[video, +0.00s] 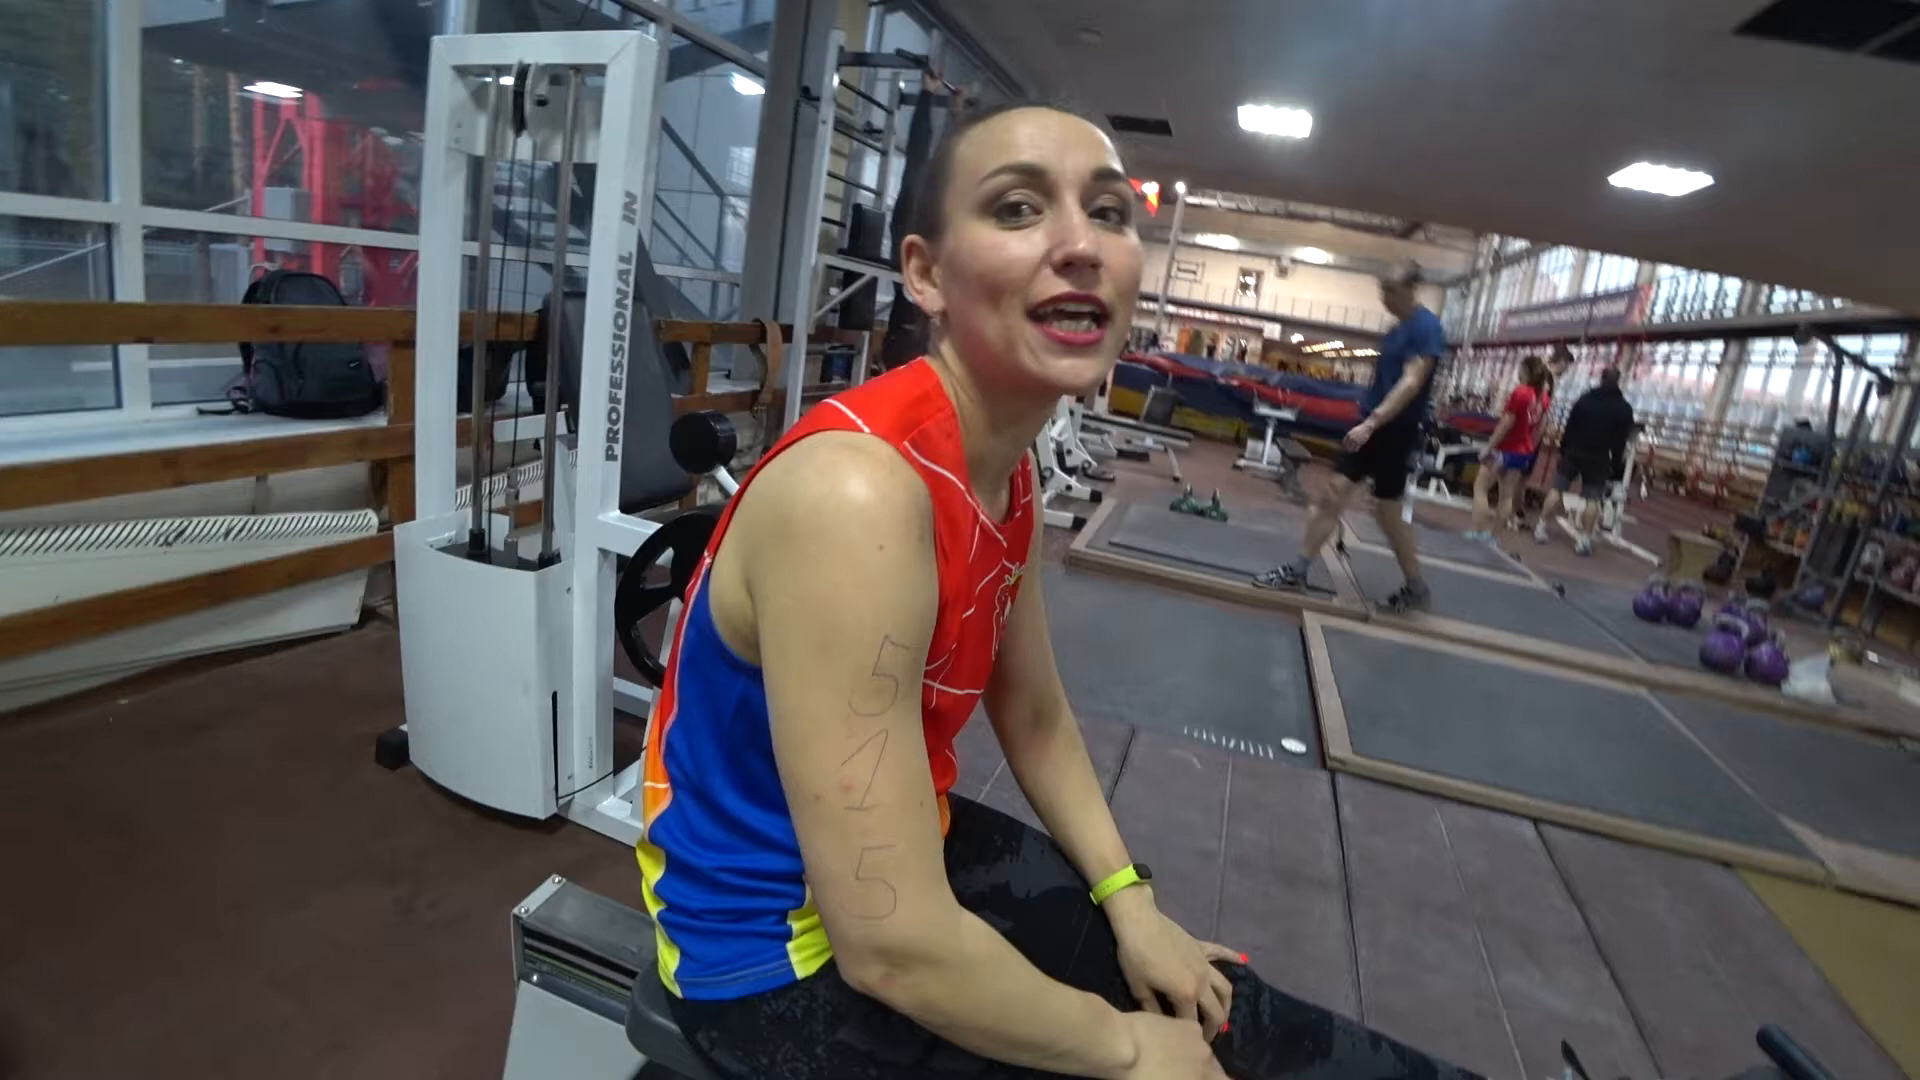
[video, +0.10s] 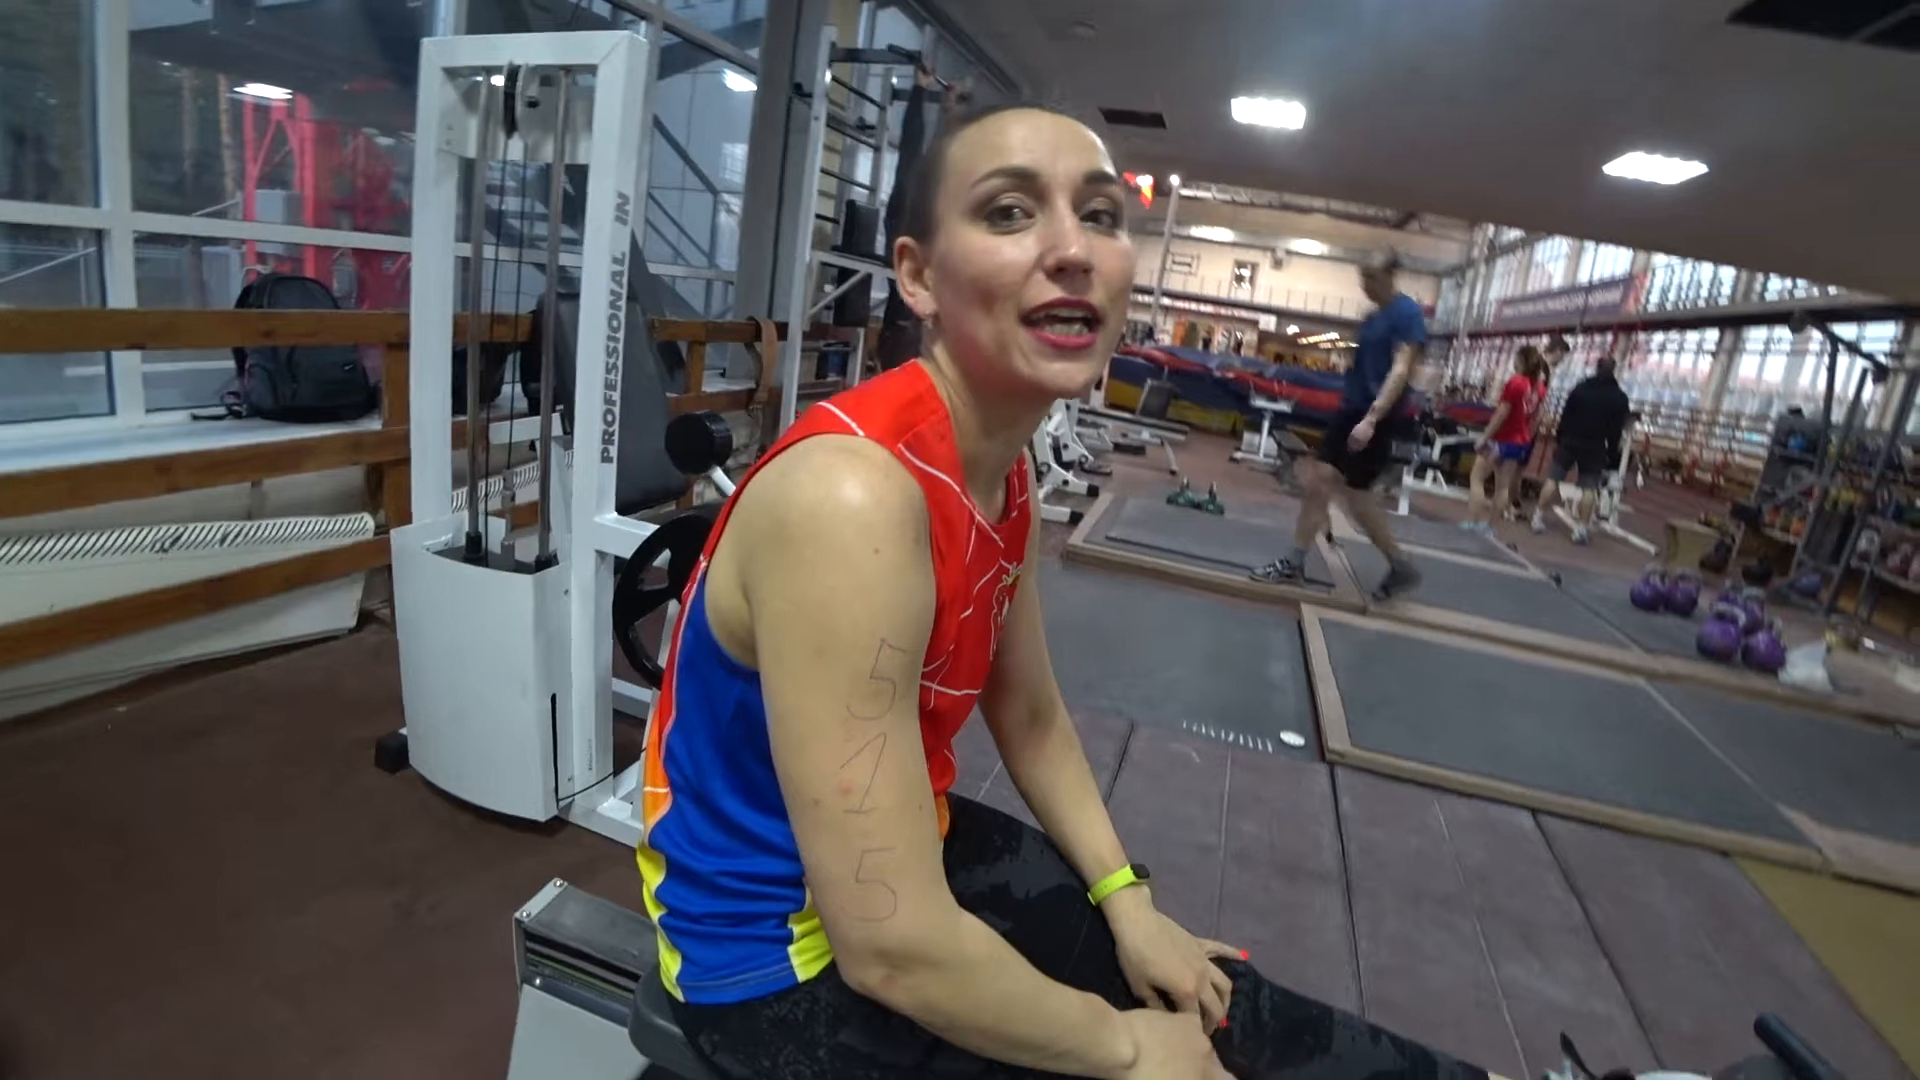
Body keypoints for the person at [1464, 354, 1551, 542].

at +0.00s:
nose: (1519, 373)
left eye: (1522, 370)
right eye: (1520, 369)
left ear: (1527, 372)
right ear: (1539, 373)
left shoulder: (1520, 393)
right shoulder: (1542, 397)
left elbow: (1507, 421)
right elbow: (1540, 427)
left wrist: (1489, 446)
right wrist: (1531, 446)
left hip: (1506, 449)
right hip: (1523, 452)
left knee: (1480, 486)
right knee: (1507, 496)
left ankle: (1477, 529)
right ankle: (1493, 535)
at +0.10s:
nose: (1515, 362)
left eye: (1517, 358)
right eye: (1516, 358)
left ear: (1522, 361)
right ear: (1534, 363)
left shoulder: (1515, 383)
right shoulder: (1537, 387)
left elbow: (1502, 411)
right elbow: (1535, 416)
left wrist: (1485, 436)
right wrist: (1527, 435)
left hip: (1502, 439)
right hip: (1519, 442)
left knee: (1477, 476)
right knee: (1503, 486)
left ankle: (1474, 520)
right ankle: (1491, 526)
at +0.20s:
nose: (1507, 349)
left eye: (1509, 346)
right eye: (1508, 346)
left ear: (1514, 348)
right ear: (1528, 350)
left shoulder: (1506, 370)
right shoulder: (1531, 374)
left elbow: (1494, 398)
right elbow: (1529, 404)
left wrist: (1478, 423)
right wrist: (1521, 422)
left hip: (1495, 426)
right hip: (1514, 428)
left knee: (1471, 463)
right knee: (1498, 474)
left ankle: (1470, 508)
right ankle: (1487, 514)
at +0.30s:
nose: (1500, 340)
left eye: (1502, 336)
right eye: (1501, 336)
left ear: (1507, 338)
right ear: (1521, 340)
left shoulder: (1499, 360)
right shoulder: (1527, 365)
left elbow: (1486, 387)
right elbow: (1525, 393)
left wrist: (1471, 412)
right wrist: (1516, 411)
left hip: (1487, 417)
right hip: (1507, 419)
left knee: (1465, 455)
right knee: (1493, 464)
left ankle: (1464, 499)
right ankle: (1482, 504)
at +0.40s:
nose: (1491, 334)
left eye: (1493, 331)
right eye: (1492, 331)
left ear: (1498, 333)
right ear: (1512, 334)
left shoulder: (1490, 354)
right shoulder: (1518, 358)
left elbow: (1477, 382)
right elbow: (1515, 386)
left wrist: (1462, 406)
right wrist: (1506, 402)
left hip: (1480, 411)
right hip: (1499, 413)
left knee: (1457, 450)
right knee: (1485, 459)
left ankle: (1457, 494)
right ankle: (1474, 499)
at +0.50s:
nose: (1479, 331)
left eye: (1482, 327)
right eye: (1481, 327)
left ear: (1489, 329)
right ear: (1498, 331)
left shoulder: (1482, 351)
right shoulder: (1504, 353)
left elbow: (1469, 380)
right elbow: (1505, 382)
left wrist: (1453, 402)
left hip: (1472, 408)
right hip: (1491, 409)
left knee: (1450, 446)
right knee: (1476, 455)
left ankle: (1452, 491)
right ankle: (1466, 494)